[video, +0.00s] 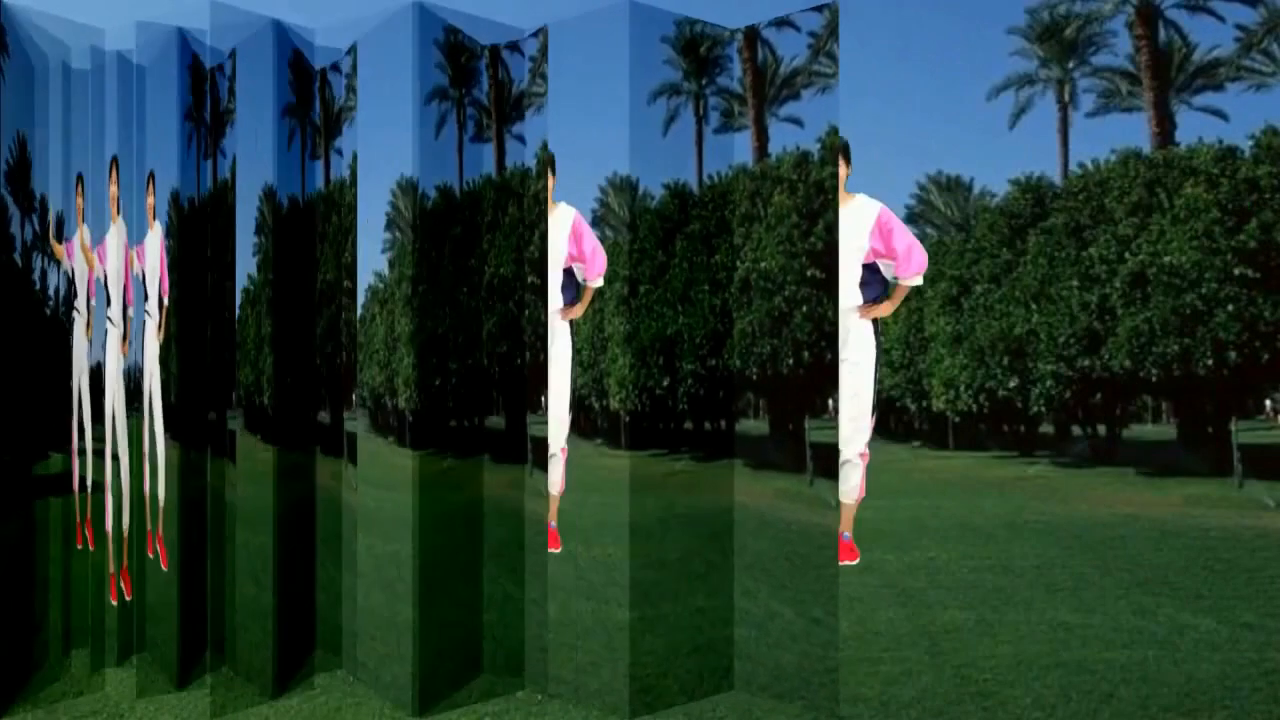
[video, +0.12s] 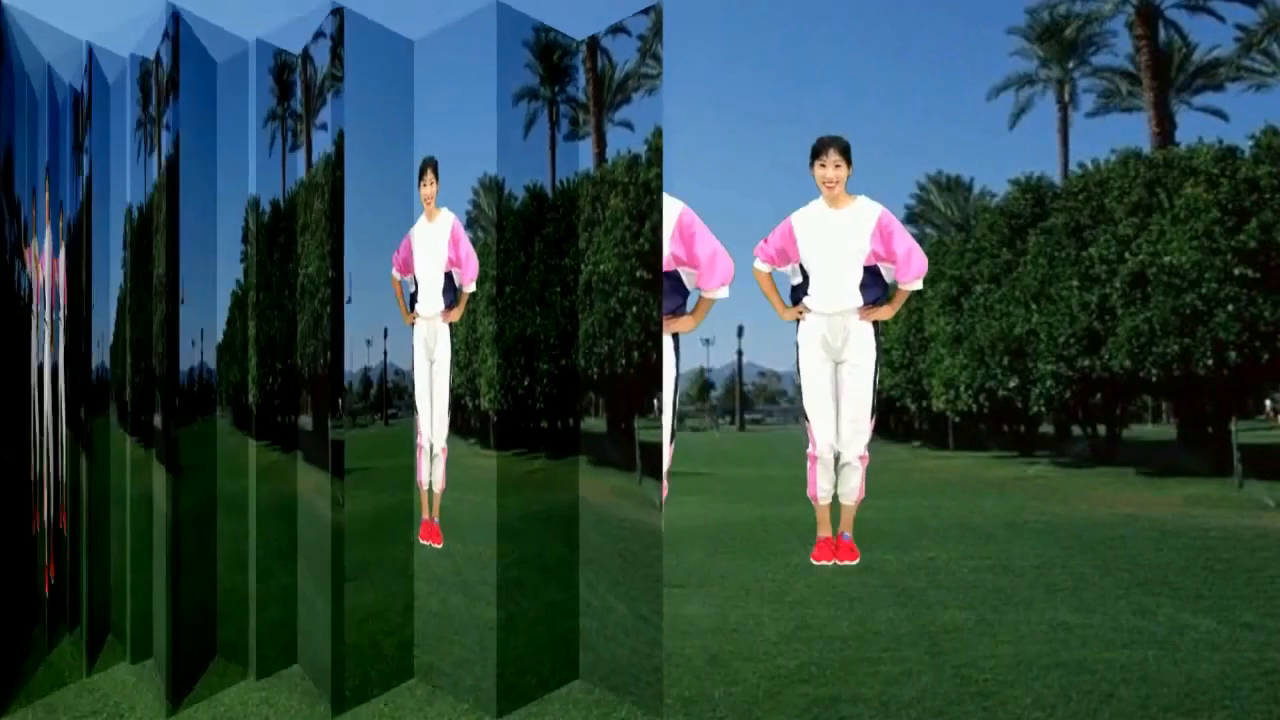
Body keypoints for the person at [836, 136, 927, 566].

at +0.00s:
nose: (830, 176)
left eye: (836, 167)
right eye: (824, 168)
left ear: (846, 169)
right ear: (816, 172)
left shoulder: (868, 212)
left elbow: (914, 258)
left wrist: (890, 305)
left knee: (854, 429)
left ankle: (845, 532)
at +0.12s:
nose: (830, 173)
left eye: (837, 165)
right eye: (823, 166)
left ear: (849, 170)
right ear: (813, 171)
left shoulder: (872, 215)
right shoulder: (801, 220)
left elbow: (914, 262)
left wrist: (892, 307)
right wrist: (783, 309)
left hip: (859, 328)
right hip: (814, 329)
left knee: (854, 434)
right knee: (822, 435)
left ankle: (846, 533)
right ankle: (823, 534)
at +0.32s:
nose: (831, 174)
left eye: (838, 167)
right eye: (824, 167)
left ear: (850, 172)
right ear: (814, 173)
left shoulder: (873, 218)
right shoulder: (802, 223)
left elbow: (915, 266)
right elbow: (761, 265)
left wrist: (892, 311)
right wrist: (783, 312)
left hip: (859, 331)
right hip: (814, 331)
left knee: (854, 439)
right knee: (823, 438)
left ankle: (846, 534)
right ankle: (824, 534)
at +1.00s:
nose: (837, 156)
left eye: (844, 150)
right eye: (829, 150)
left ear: (854, 160)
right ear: (817, 160)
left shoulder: (875, 207)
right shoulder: (801, 210)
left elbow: (917, 253)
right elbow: (756, 247)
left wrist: (891, 298)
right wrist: (790, 296)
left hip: (862, 322)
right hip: (817, 322)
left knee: (859, 432)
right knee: (821, 431)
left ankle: (847, 532)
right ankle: (820, 532)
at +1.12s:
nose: (835, 165)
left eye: (842, 159)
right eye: (827, 159)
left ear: (852, 170)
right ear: (814, 169)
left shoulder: (874, 215)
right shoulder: (799, 220)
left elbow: (913, 263)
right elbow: (759, 262)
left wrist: (891, 308)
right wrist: (788, 293)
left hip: (860, 330)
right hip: (815, 330)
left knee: (853, 439)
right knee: (820, 437)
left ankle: (844, 533)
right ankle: (819, 536)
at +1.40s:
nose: (837, 167)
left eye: (843, 161)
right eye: (828, 160)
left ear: (850, 170)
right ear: (812, 168)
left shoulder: (872, 207)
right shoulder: (800, 219)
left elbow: (915, 254)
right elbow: (770, 263)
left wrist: (899, 301)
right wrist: (796, 215)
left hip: (868, 324)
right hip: (824, 329)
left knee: (873, 431)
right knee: (826, 435)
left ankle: (882, 498)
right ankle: (819, 534)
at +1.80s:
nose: (853, 183)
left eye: (858, 176)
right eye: (845, 176)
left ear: (866, 183)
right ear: (829, 183)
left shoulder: (892, 220)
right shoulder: (825, 230)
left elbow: (939, 258)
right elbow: (821, 260)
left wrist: (925, 306)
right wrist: (827, 205)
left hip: (898, 340)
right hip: (853, 344)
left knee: (909, 446)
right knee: (847, 448)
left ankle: (927, 526)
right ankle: (823, 536)